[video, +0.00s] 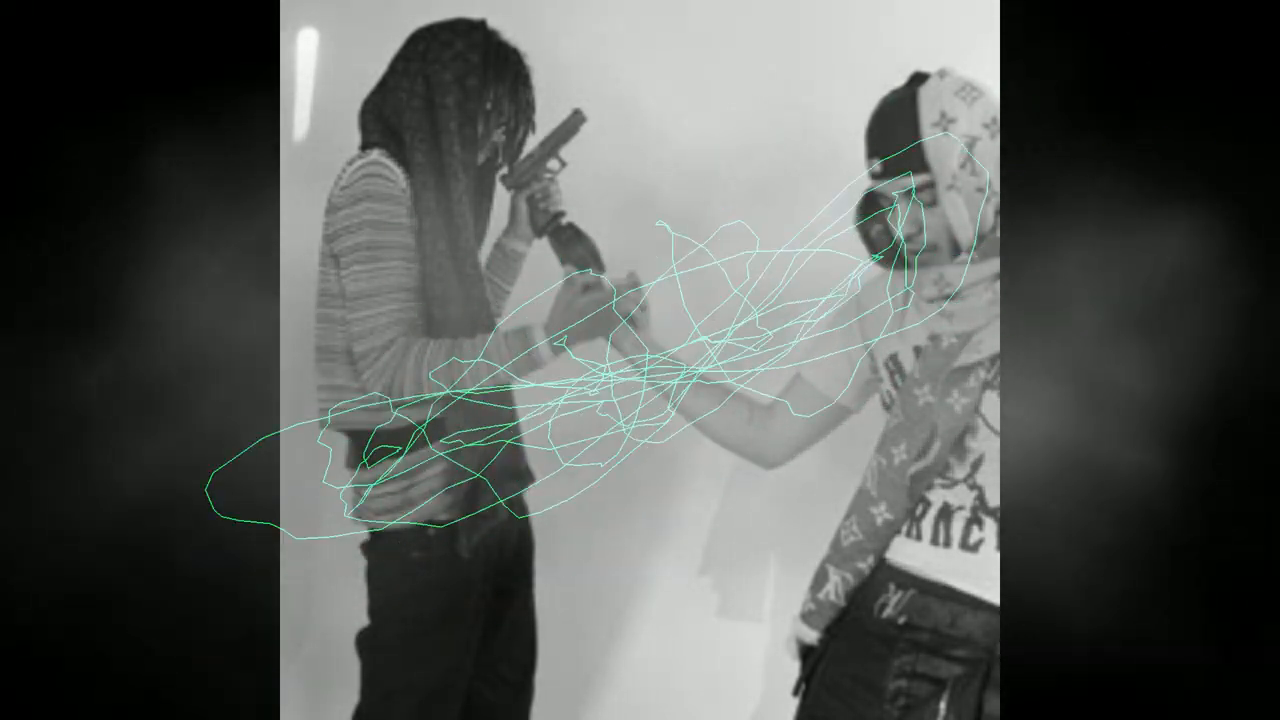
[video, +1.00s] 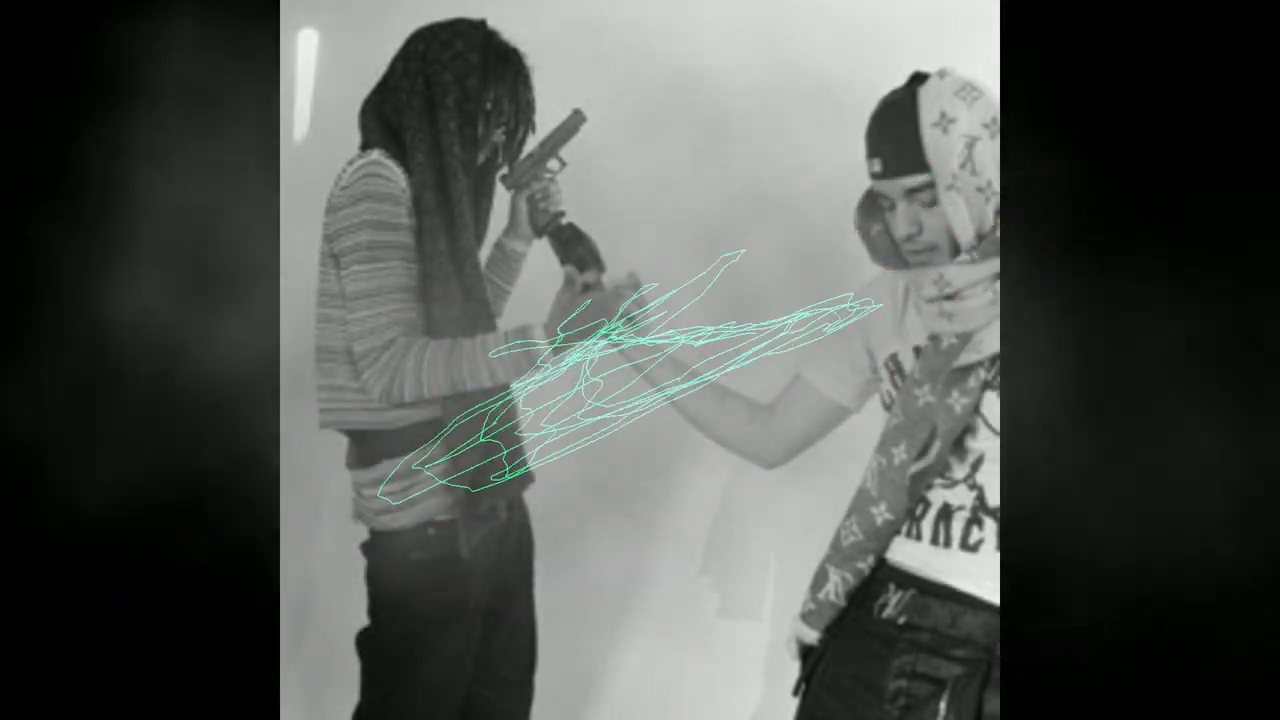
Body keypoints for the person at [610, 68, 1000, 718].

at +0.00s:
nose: (908, 222)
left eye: (924, 195)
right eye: (895, 200)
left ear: (979, 172)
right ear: (889, 199)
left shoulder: (1037, 283)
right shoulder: (898, 296)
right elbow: (771, 435)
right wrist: (637, 347)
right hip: (894, 617)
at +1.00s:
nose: (905, 227)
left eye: (924, 198)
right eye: (887, 204)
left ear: (982, 186)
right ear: (875, 206)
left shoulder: (1027, 300)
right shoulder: (900, 305)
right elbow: (768, 436)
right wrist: (631, 337)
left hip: (990, 647)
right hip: (877, 619)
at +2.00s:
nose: (906, 228)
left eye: (927, 199)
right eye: (887, 206)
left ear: (981, 184)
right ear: (875, 207)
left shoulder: (1037, 293)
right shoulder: (891, 302)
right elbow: (768, 436)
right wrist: (641, 345)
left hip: (997, 638)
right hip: (883, 616)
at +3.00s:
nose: (904, 228)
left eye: (925, 200)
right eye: (886, 205)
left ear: (979, 183)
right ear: (874, 206)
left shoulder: (1037, 289)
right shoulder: (890, 302)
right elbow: (769, 436)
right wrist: (638, 343)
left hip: (996, 638)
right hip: (877, 611)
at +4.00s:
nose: (906, 228)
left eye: (926, 199)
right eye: (887, 205)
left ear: (978, 183)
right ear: (874, 206)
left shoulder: (1031, 290)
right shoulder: (890, 305)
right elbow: (768, 436)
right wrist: (639, 347)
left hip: (990, 639)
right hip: (878, 615)